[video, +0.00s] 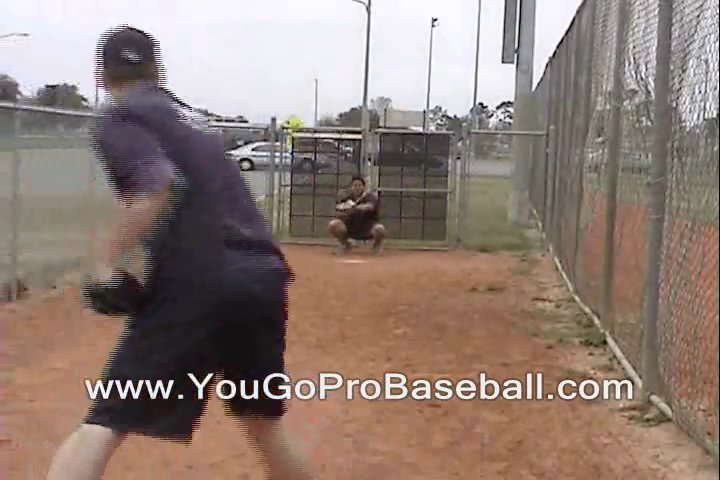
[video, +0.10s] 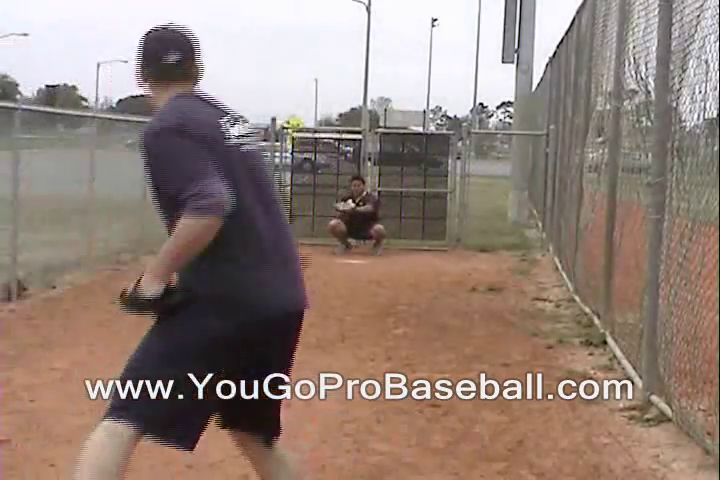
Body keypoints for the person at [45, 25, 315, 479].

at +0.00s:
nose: (98, 77)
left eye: (98, 69)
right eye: (101, 68)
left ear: (103, 74)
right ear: (157, 69)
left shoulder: (120, 121)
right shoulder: (191, 118)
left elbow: (158, 180)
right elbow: (210, 211)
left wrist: (110, 261)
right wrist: (149, 282)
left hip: (197, 280)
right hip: (264, 274)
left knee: (106, 423)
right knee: (266, 423)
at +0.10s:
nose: (141, 79)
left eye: (140, 71)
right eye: (144, 71)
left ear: (145, 76)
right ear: (196, 70)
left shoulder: (169, 127)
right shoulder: (227, 117)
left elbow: (210, 205)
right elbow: (257, 209)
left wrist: (160, 268)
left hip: (223, 302)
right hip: (280, 299)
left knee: (123, 421)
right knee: (252, 429)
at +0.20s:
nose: (166, 43)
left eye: (166, 35)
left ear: (166, 37)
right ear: (220, 30)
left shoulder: (181, 86)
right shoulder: (258, 84)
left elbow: (212, 165)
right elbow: (322, 161)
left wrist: (164, 224)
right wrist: (338, 212)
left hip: (218, 274)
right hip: (285, 273)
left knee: (143, 394)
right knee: (278, 410)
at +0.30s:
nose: (179, 14)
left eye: (179, 10)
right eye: (185, 10)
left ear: (184, 8)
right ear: (234, 8)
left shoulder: (183, 52)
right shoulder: (281, 60)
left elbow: (198, 128)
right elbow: (345, 133)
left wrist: (149, 183)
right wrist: (381, 186)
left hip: (217, 243)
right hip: (287, 244)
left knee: (177, 376)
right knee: (284, 377)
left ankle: (207, 473)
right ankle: (307, 474)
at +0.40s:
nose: (189, 15)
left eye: (188, 11)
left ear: (194, 9)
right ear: (244, 8)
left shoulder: (184, 52)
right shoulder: (294, 63)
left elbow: (190, 123)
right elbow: (359, 135)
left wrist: (141, 185)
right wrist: (400, 189)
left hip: (216, 240)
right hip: (286, 240)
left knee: (212, 379)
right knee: (276, 367)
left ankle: (243, 473)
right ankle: (305, 473)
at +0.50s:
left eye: (197, 33)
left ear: (199, 35)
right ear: (251, 34)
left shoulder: (184, 87)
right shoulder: (294, 89)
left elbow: (179, 161)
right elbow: (361, 160)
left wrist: (141, 209)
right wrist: (406, 219)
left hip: (218, 272)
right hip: (286, 268)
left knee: (230, 400)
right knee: (284, 392)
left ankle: (266, 473)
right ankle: (302, 474)